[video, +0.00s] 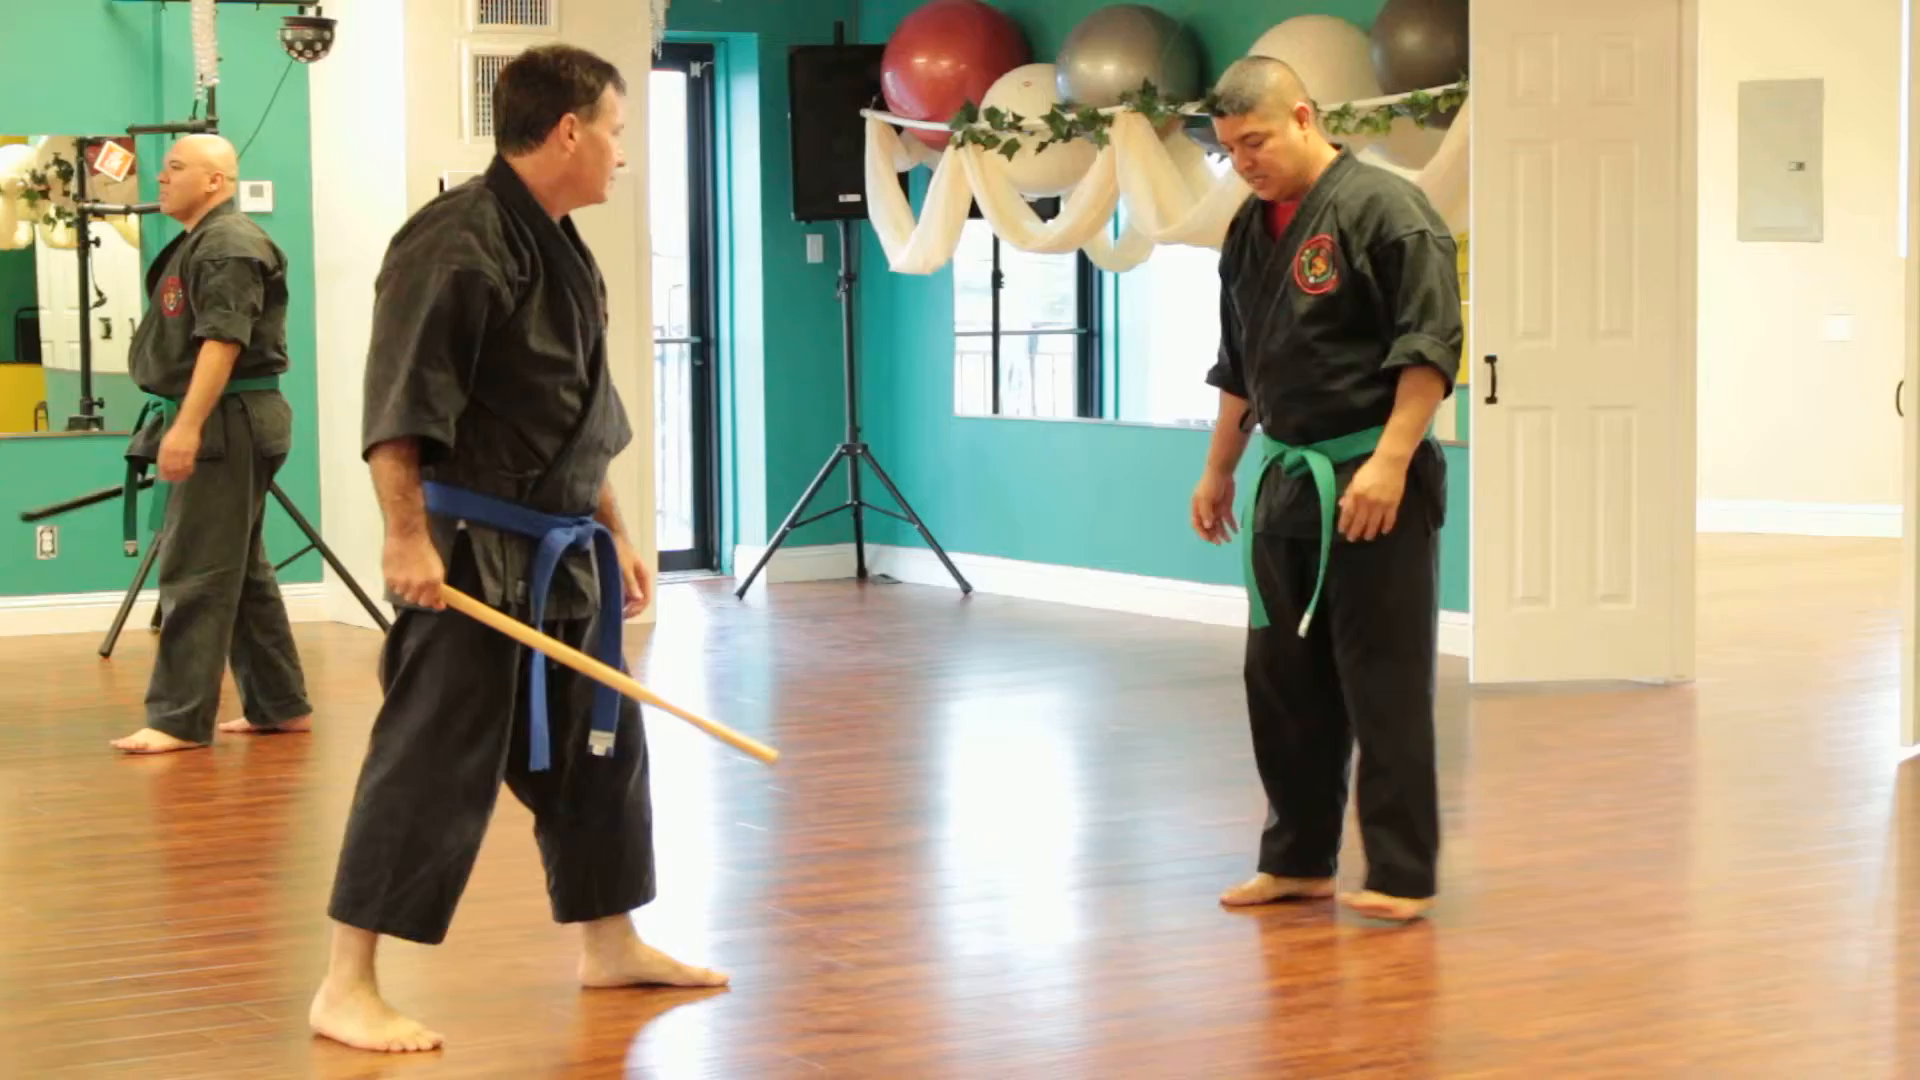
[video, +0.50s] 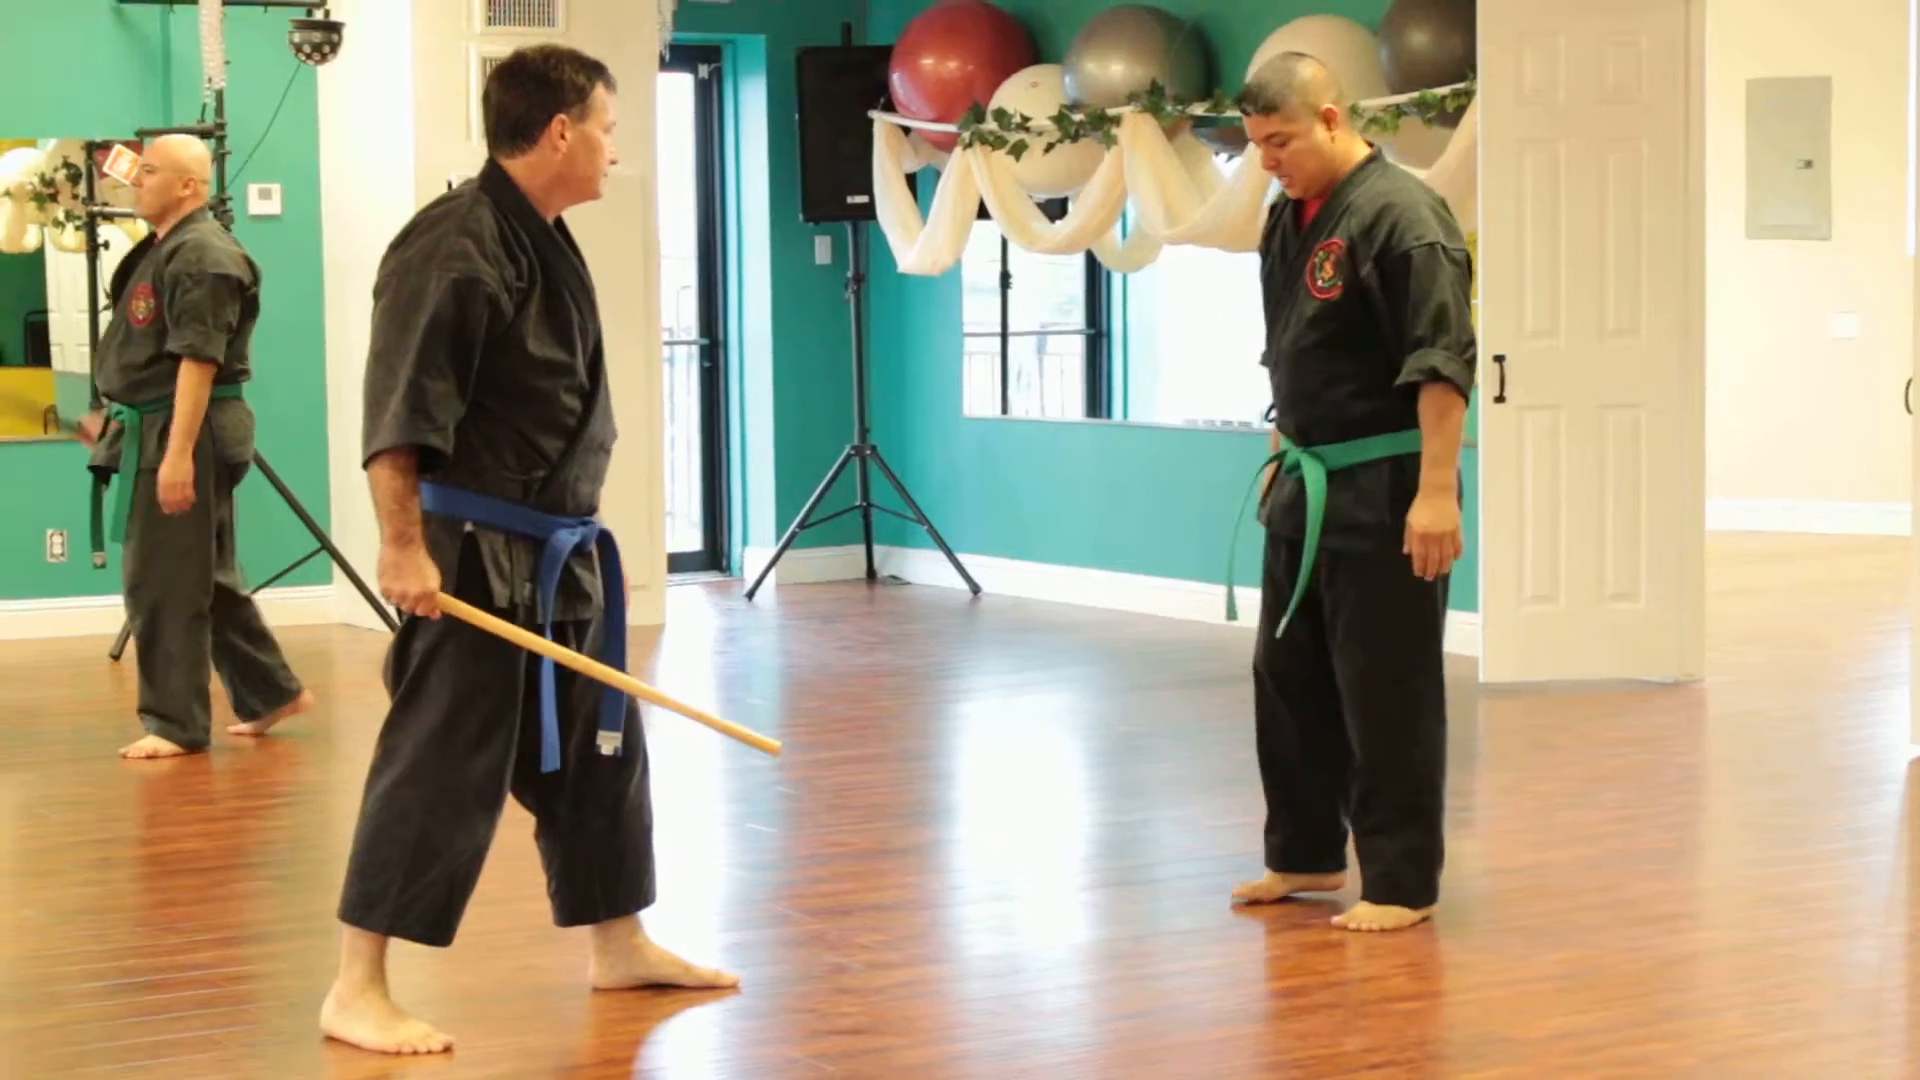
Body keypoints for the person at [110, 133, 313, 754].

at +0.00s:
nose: (162, 179)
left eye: (174, 169)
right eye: (164, 169)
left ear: (215, 181)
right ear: (208, 183)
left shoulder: (228, 245)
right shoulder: (206, 242)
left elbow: (222, 343)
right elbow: (205, 342)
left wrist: (186, 426)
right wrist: (179, 419)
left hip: (230, 418)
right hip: (221, 416)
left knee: (198, 570)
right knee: (237, 566)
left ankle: (181, 720)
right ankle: (279, 703)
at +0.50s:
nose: (134, 181)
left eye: (147, 172)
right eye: (137, 171)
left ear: (184, 185)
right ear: (173, 185)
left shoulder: (203, 254)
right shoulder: (167, 247)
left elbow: (199, 362)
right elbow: (144, 342)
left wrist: (180, 452)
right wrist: (111, 408)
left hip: (190, 428)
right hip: (170, 423)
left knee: (164, 576)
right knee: (200, 570)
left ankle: (178, 725)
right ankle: (271, 690)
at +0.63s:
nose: (120, 173)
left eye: (135, 166)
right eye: (125, 164)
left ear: (174, 181)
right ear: (163, 181)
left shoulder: (189, 247)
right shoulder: (152, 242)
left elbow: (188, 352)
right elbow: (123, 324)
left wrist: (180, 444)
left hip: (171, 431)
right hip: (144, 425)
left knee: (163, 574)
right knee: (144, 570)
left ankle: (183, 725)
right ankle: (232, 673)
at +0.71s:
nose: (114, 169)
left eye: (128, 162)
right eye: (117, 159)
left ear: (168, 178)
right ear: (152, 178)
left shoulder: (180, 244)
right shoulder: (141, 237)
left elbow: (179, 347)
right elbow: (98, 288)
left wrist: (166, 438)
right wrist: (44, 236)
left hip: (164, 430)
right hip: (132, 425)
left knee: (164, 574)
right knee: (116, 565)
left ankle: (186, 726)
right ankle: (176, 706)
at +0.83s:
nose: (97, 177)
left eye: (109, 167)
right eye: (100, 166)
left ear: (151, 177)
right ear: (140, 177)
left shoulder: (168, 245)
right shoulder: (115, 234)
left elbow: (161, 349)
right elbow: (62, 222)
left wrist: (134, 434)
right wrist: (60, 150)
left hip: (160, 424)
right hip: (109, 423)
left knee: (163, 579)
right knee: (93, 572)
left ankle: (190, 727)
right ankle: (92, 718)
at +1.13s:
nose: (41, 182)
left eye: (54, 173)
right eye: (44, 172)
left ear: (95, 185)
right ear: (77, 185)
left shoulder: (127, 257)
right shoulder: (31, 248)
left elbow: (118, 364)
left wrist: (68, 449)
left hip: (117, 437)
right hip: (48, 437)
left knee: (151, 587)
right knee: (31, 594)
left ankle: (191, 727)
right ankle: (11, 730)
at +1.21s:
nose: (24, 182)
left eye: (38, 172)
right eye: (27, 171)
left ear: (82, 185)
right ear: (62, 185)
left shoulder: (119, 260)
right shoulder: (21, 253)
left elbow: (116, 366)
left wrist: (75, 453)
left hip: (111, 437)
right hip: (38, 437)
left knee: (144, 588)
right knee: (28, 590)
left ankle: (192, 725)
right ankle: (17, 730)